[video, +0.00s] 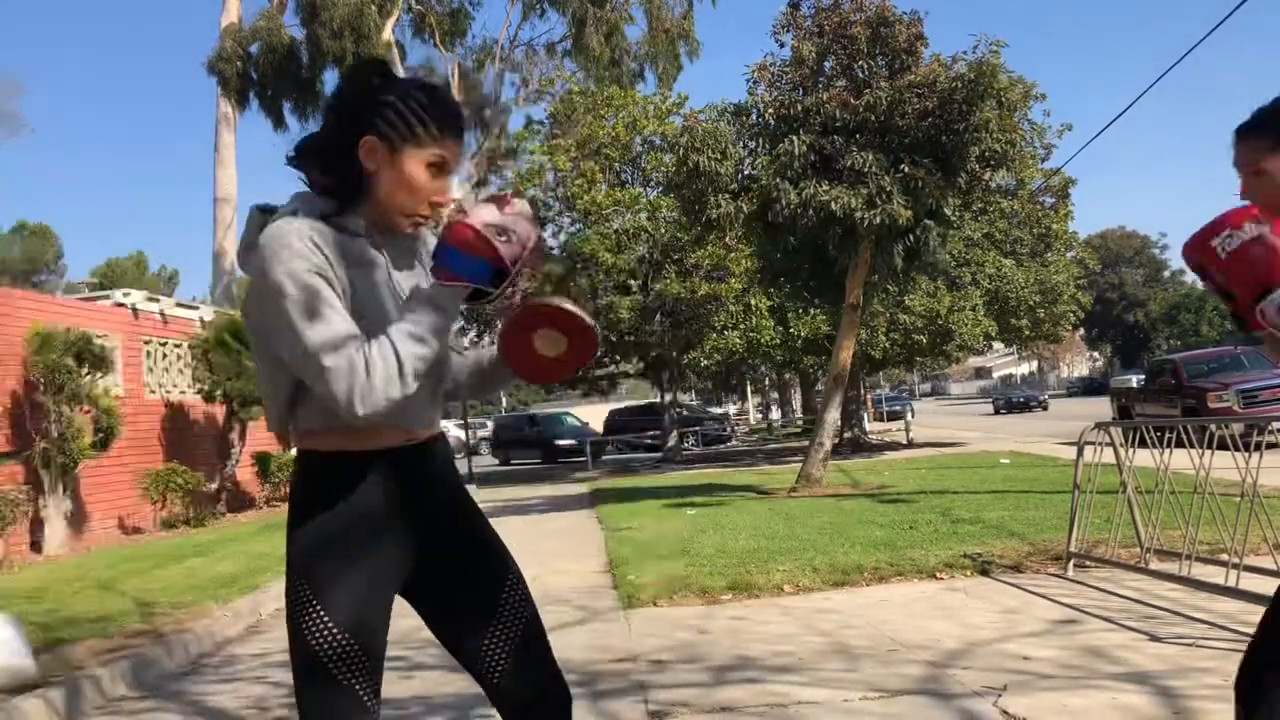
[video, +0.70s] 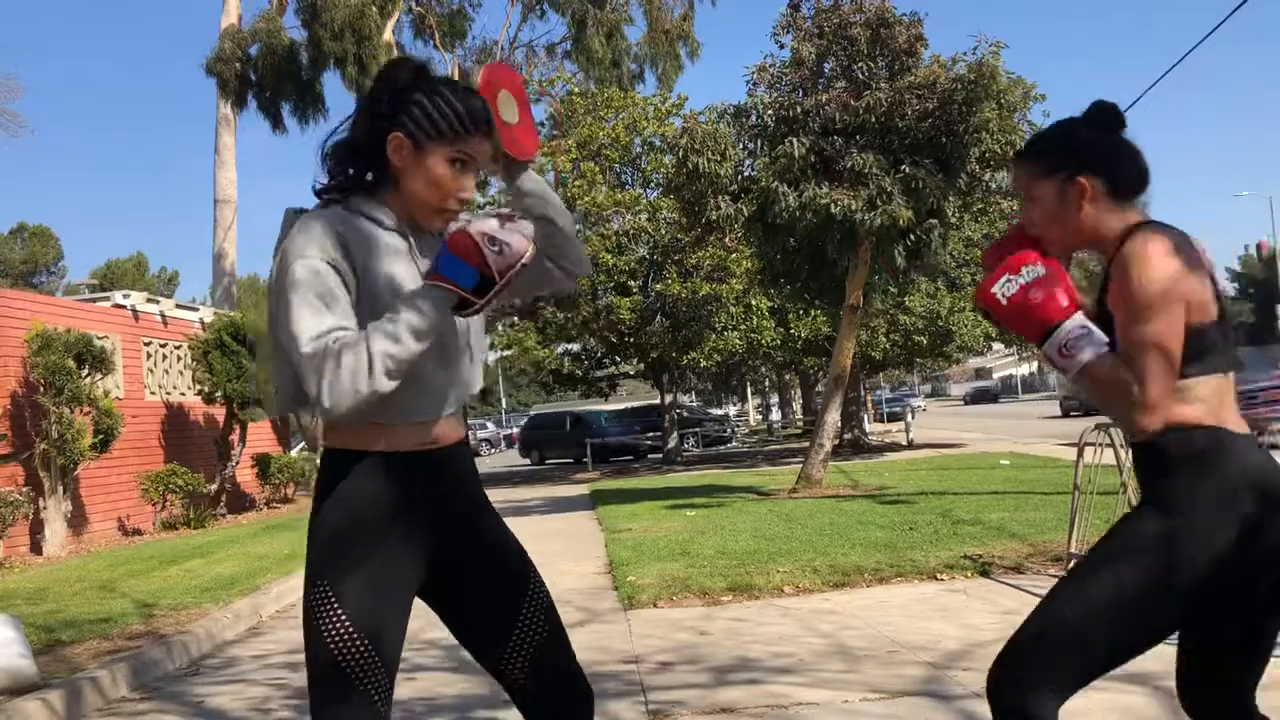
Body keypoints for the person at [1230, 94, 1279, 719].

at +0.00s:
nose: (1243, 188)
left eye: (1255, 170)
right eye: (1241, 171)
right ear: (1251, 171)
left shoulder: (1278, 247)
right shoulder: (1265, 246)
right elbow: (1274, 348)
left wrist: (1269, 303)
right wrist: (1250, 308)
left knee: (1258, 683)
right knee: (1257, 682)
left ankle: (1262, 691)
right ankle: (1260, 690)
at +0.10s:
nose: (1211, 192)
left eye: (1218, 172)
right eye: (1205, 177)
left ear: (1269, 157)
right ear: (1259, 161)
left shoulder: (1273, 240)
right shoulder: (1265, 244)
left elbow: (1270, 365)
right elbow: (1267, 374)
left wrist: (1226, 268)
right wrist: (1204, 291)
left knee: (1219, 680)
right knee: (1219, 677)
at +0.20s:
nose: (1156, 176)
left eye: (1161, 160)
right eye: (1150, 162)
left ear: (1209, 140)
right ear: (1213, 141)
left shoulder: (1270, 204)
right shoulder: (1250, 213)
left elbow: (1220, 340)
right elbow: (1218, 343)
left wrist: (1171, 226)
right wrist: (1145, 273)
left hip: (1278, 481)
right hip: (1269, 476)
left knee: (1198, 679)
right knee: (1198, 678)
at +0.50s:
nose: (1076, 181)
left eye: (1081, 162)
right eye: (1070, 165)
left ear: (1134, 149)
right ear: (1137, 149)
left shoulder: (1196, 212)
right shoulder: (1199, 211)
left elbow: (1191, 358)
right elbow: (1160, 353)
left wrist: (1095, 284)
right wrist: (1093, 269)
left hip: (1239, 473)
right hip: (1257, 468)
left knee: (1128, 684)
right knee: (1249, 675)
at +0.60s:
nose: (1054, 209)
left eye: (1062, 190)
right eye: (1051, 191)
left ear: (1116, 180)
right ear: (1122, 179)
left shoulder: (1179, 245)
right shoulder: (1206, 238)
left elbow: (1180, 391)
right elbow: (1163, 381)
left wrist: (1084, 317)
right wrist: (1076, 303)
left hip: (1232, 500)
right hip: (1264, 496)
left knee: (1063, 674)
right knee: (1223, 692)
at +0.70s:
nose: (1024, 221)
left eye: (1029, 200)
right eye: (1020, 202)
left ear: (1082, 192)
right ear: (1088, 194)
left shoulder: (1145, 254)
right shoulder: (1171, 248)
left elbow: (1145, 410)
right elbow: (1139, 390)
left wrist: (1060, 330)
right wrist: (1062, 320)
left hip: (1202, 501)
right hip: (1250, 496)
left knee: (1021, 683)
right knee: (1217, 697)